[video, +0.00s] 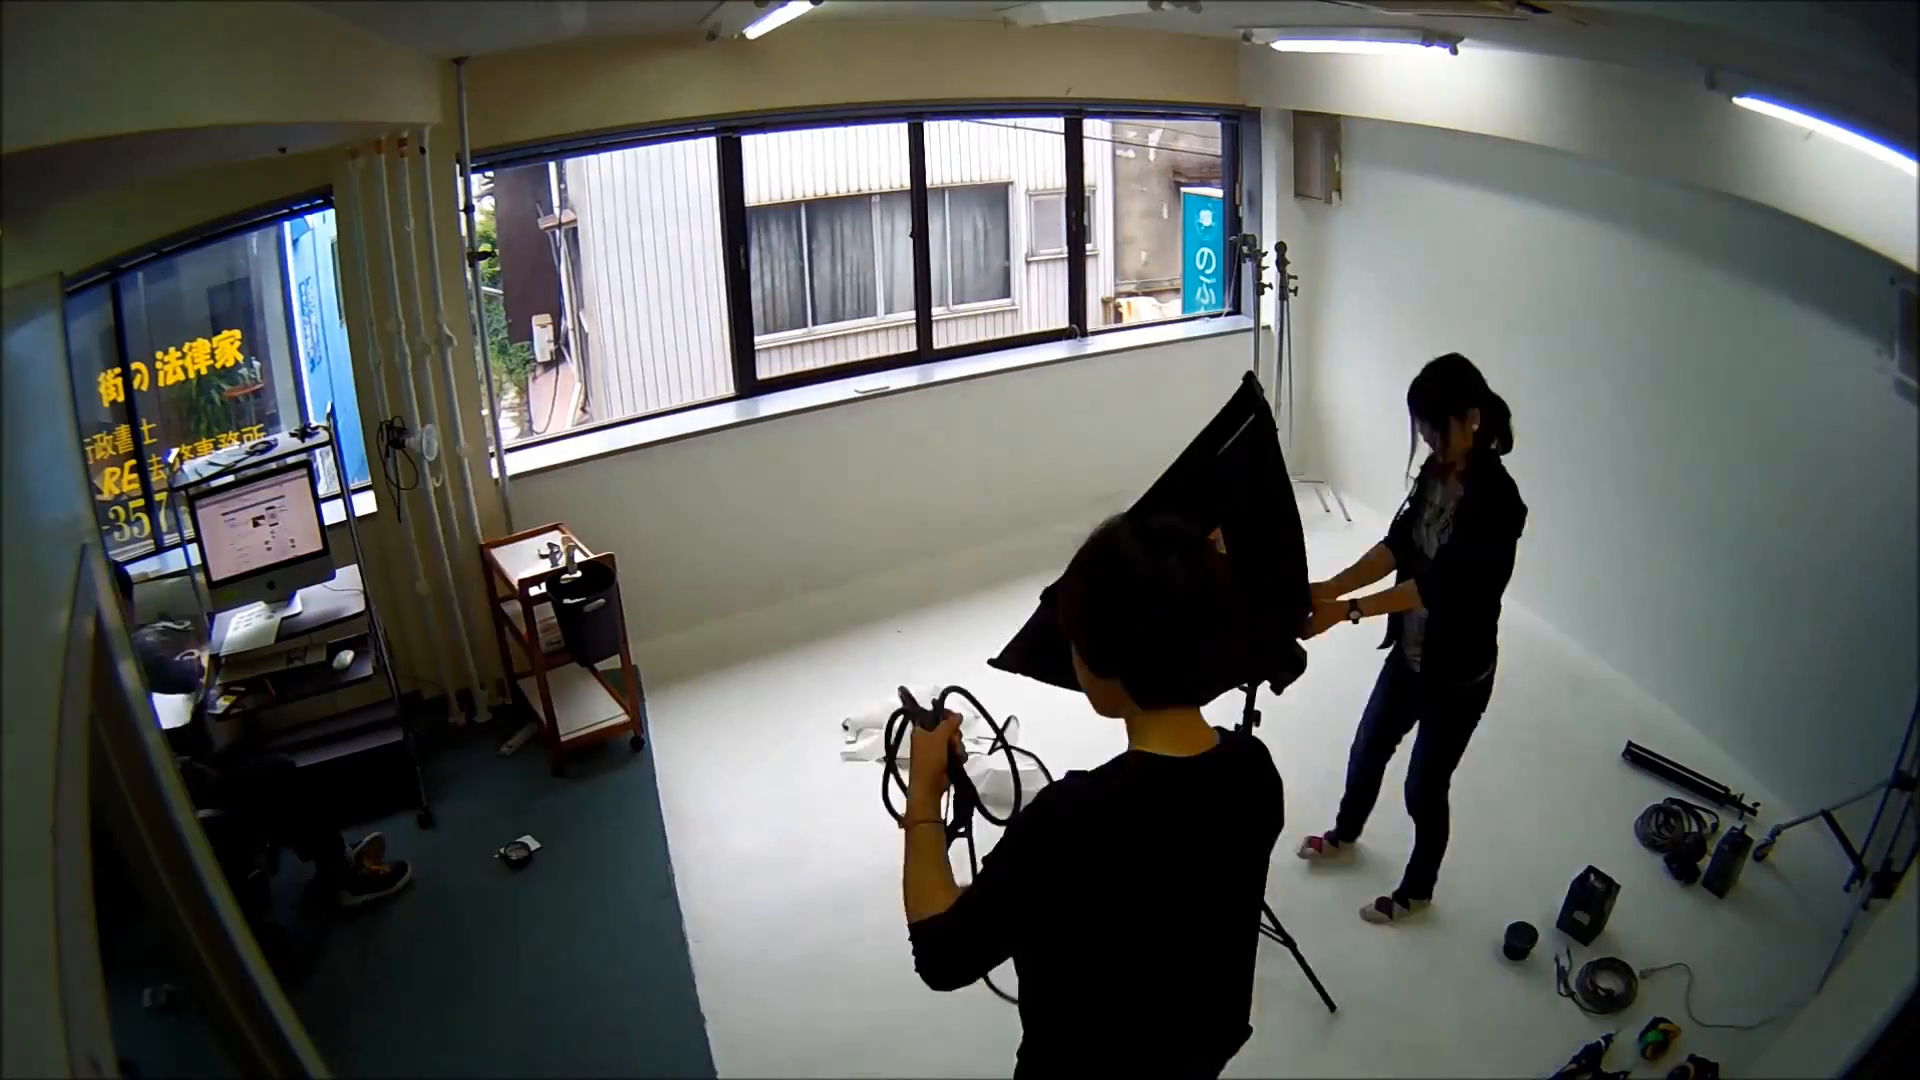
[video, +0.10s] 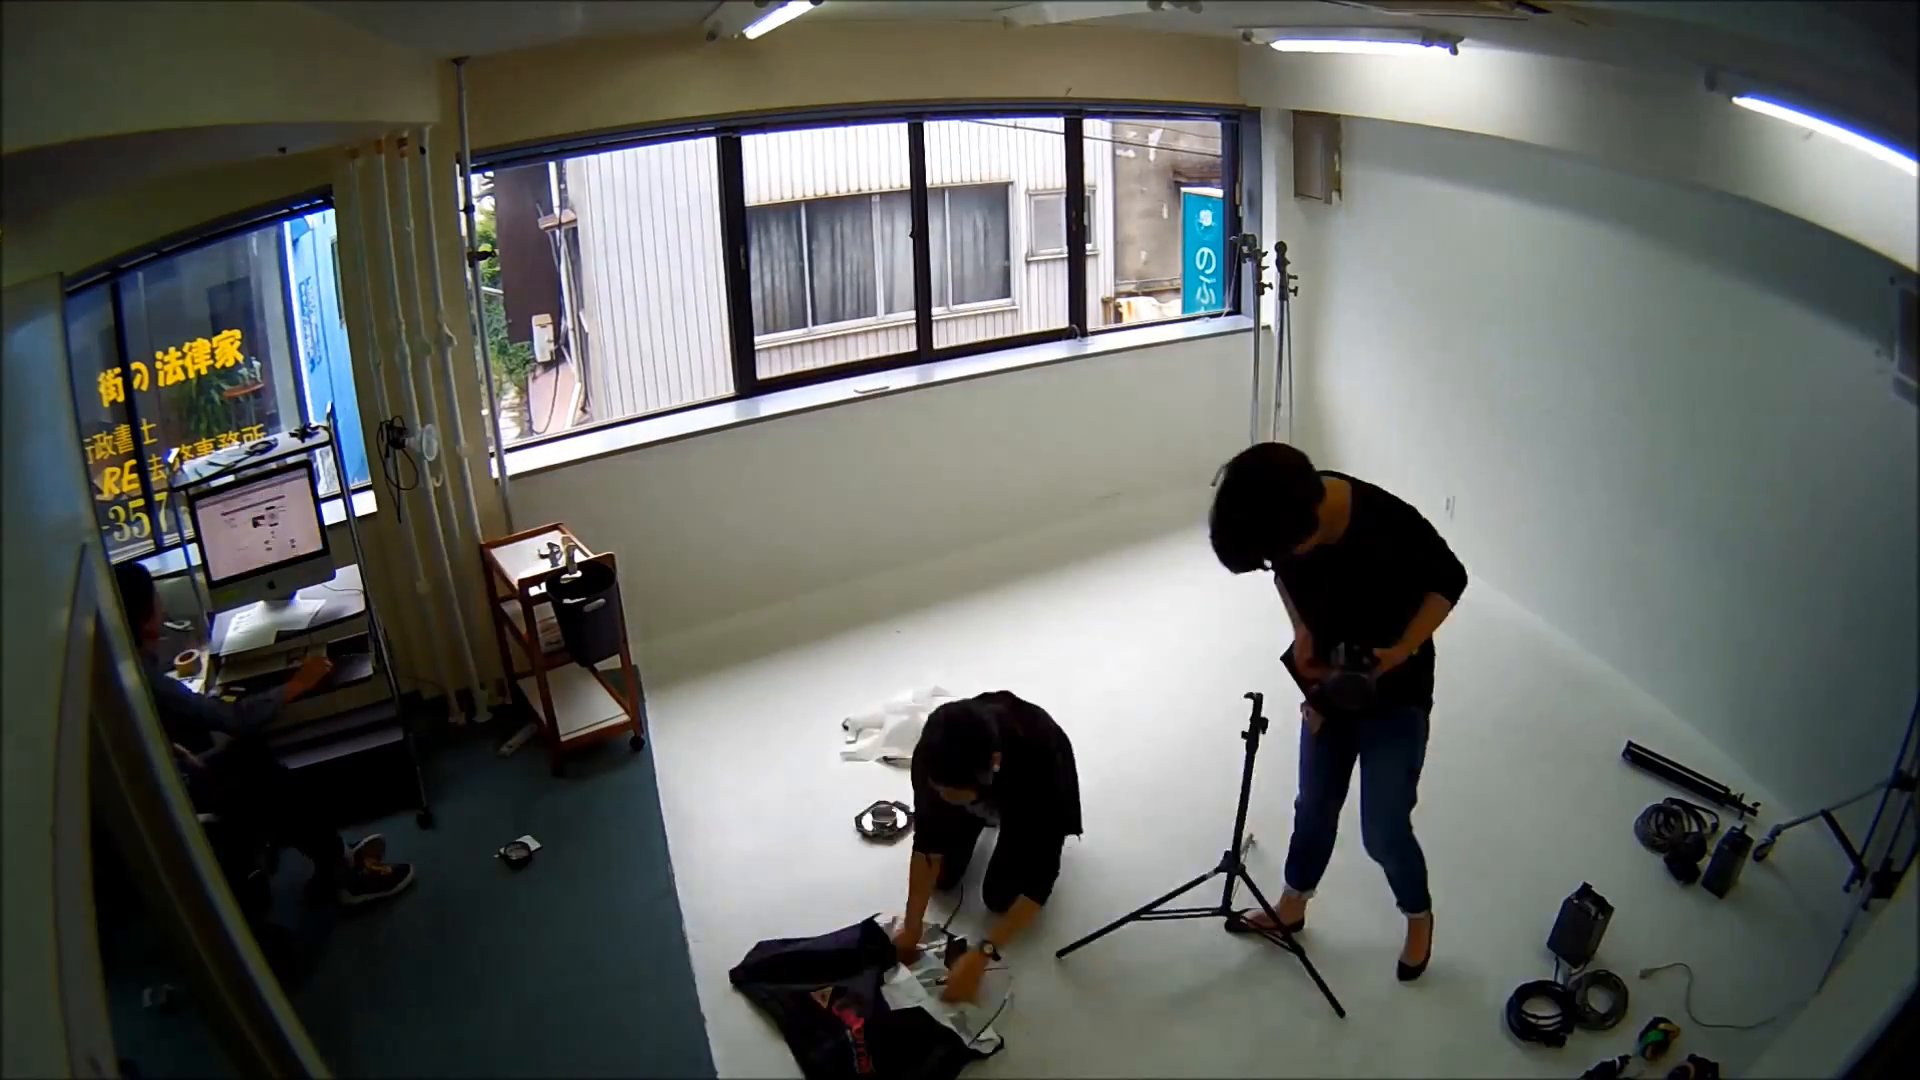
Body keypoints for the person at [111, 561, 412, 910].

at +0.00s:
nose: (133, 611)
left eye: (129, 600)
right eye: (127, 601)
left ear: (105, 604)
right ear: (113, 604)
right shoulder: (128, 651)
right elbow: (186, 679)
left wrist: (180, 665)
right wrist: (193, 661)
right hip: (163, 782)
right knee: (278, 775)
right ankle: (340, 870)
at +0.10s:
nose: (161, 617)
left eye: (157, 608)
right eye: (156, 609)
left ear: (124, 619)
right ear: (143, 619)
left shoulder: (118, 668)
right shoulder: (147, 681)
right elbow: (232, 719)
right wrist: (297, 684)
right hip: (180, 796)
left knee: (252, 764)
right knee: (269, 781)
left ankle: (333, 852)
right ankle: (342, 871)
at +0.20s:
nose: (176, 609)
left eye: (172, 603)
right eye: (171, 604)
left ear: (133, 613)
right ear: (160, 612)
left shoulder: (139, 661)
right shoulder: (159, 679)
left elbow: (191, 658)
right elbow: (238, 727)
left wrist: (189, 631)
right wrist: (296, 684)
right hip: (192, 798)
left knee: (266, 772)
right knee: (277, 782)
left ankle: (333, 853)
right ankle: (341, 872)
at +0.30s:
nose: (159, 633)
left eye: (154, 624)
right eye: (151, 625)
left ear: (128, 636)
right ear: (131, 636)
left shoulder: (127, 685)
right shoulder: (121, 697)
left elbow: (156, 759)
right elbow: (150, 782)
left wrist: (199, 776)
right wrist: (211, 785)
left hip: (174, 788)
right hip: (165, 815)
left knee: (247, 752)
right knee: (272, 794)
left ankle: (251, 881)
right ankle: (349, 877)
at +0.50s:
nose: (160, 642)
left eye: (156, 628)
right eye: (154, 630)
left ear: (129, 640)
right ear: (131, 640)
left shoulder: (121, 699)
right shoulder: (111, 714)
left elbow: (156, 766)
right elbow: (153, 807)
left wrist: (210, 776)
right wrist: (216, 790)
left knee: (243, 752)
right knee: (280, 808)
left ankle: (252, 880)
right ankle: (365, 862)